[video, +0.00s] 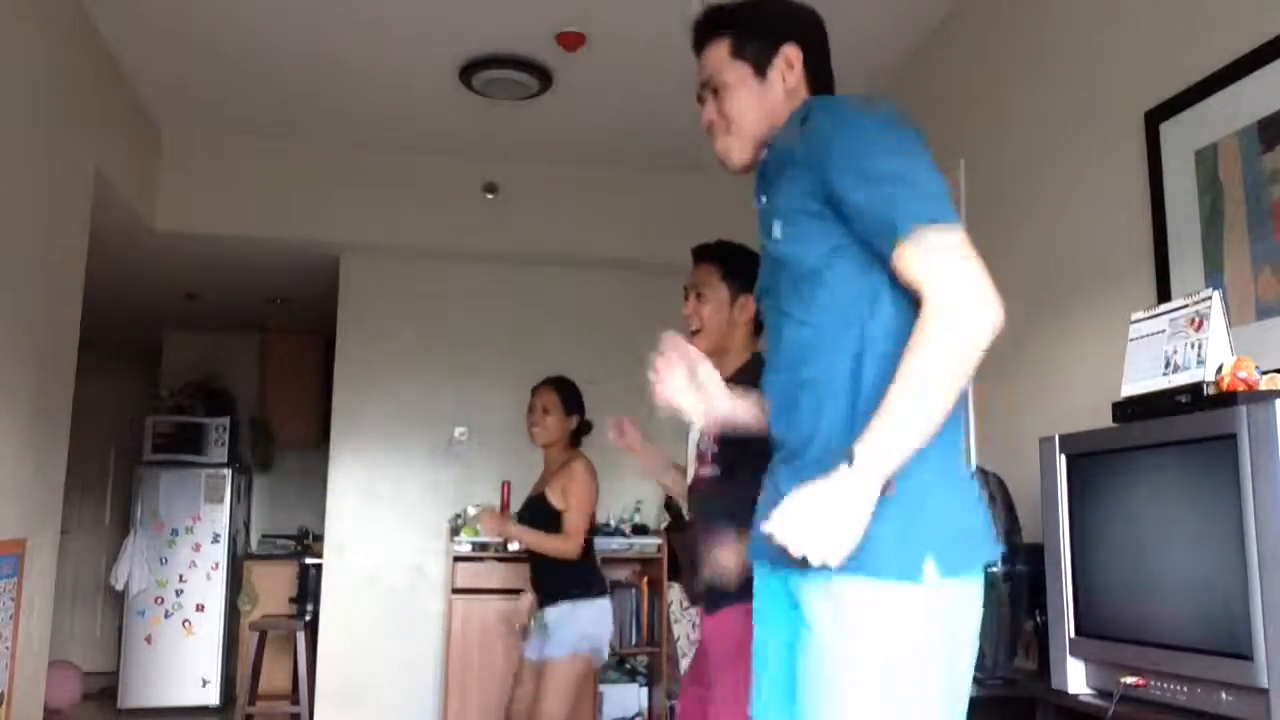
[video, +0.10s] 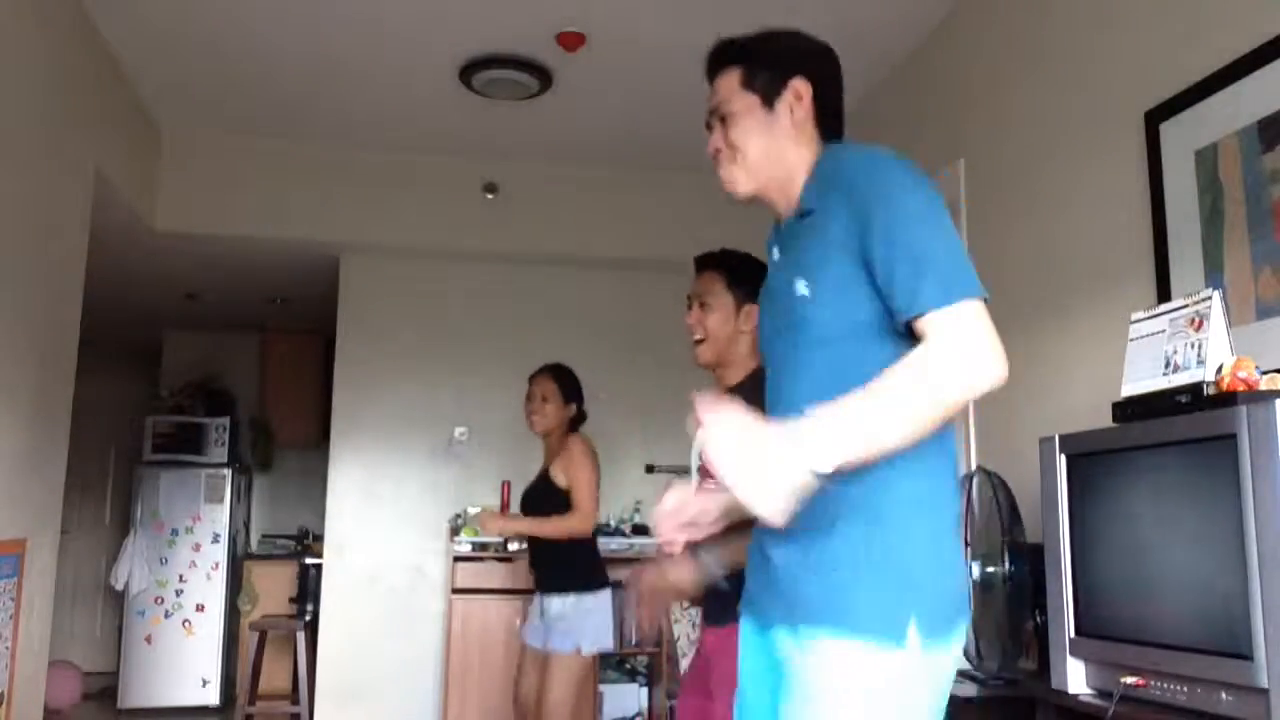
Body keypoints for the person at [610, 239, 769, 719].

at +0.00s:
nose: (686, 311)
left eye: (700, 297)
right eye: (687, 298)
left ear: (745, 308)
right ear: (735, 311)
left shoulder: (770, 381)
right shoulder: (721, 390)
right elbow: (711, 500)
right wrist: (653, 460)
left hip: (751, 604)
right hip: (716, 603)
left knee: (730, 712)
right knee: (694, 710)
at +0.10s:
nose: (690, 321)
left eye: (704, 305)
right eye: (691, 307)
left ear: (749, 318)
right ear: (742, 320)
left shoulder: (773, 402)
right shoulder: (731, 403)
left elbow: (786, 523)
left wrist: (701, 568)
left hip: (749, 627)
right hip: (715, 624)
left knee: (722, 711)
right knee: (693, 711)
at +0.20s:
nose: (694, 313)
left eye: (705, 298)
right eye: (693, 300)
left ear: (749, 302)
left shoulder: (782, 388)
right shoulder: (728, 391)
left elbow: (791, 488)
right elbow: (733, 504)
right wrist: (692, 563)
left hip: (764, 624)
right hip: (715, 616)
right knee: (667, 713)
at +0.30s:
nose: (689, 300)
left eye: (701, 284)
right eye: (688, 287)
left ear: (747, 291)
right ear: (742, 294)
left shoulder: (776, 370)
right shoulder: (722, 380)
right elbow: (730, 504)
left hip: (760, 610)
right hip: (709, 603)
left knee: (764, 712)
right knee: (673, 713)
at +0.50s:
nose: (691, 321)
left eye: (706, 306)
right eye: (690, 308)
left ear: (751, 316)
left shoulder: (777, 406)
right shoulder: (715, 408)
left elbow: (818, 511)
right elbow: (715, 525)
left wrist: (722, 559)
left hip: (766, 616)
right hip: (718, 617)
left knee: (734, 712)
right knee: (693, 712)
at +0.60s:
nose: (689, 321)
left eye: (703, 304)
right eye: (688, 307)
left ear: (747, 308)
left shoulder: (775, 392)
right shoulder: (722, 397)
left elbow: (793, 499)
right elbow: (738, 505)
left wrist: (692, 505)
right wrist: (688, 572)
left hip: (774, 629)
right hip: (714, 624)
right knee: (667, 712)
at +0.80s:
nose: (685, 329)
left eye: (698, 313)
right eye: (684, 316)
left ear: (744, 324)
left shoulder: (762, 409)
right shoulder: (713, 410)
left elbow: (748, 525)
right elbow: (708, 513)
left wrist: (647, 470)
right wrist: (645, 469)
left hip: (752, 625)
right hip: (716, 621)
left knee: (737, 715)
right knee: (681, 712)